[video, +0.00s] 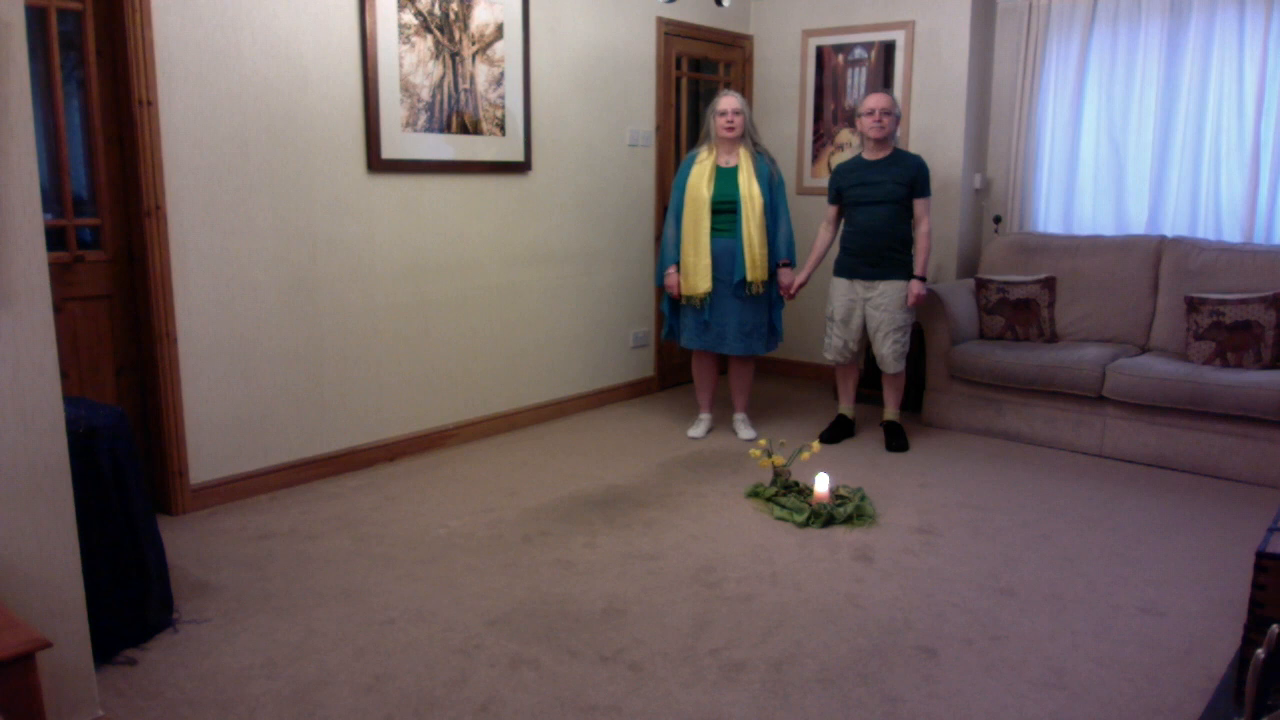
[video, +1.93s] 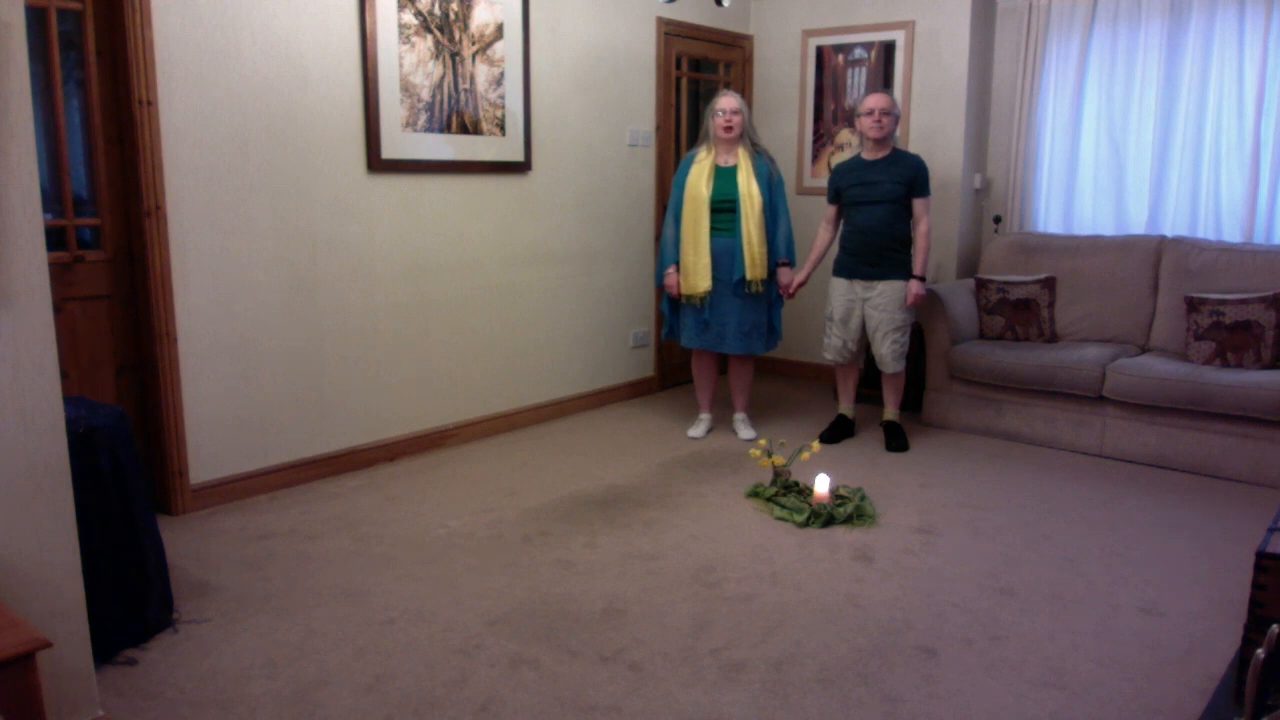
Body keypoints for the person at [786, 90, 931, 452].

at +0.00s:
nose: (878, 119)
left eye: (885, 113)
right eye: (870, 114)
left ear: (897, 121)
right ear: (858, 123)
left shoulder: (913, 167)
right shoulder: (843, 172)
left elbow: (922, 224)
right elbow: (829, 226)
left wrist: (919, 276)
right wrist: (804, 273)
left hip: (893, 279)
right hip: (848, 277)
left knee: (892, 355)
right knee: (843, 349)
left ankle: (892, 420)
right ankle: (845, 415)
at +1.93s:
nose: (877, 119)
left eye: (885, 114)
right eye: (870, 114)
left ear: (896, 121)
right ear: (857, 122)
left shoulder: (912, 167)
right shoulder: (842, 172)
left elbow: (922, 224)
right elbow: (828, 227)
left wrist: (918, 276)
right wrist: (804, 272)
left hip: (892, 279)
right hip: (847, 277)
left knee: (891, 354)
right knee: (843, 349)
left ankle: (892, 420)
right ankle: (845, 415)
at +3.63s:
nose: (879, 119)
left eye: (887, 113)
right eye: (871, 114)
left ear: (898, 121)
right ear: (858, 122)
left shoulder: (913, 166)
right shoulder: (843, 172)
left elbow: (923, 224)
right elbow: (829, 227)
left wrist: (920, 276)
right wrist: (805, 273)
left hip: (893, 279)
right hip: (848, 277)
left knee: (891, 354)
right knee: (843, 349)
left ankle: (892, 420)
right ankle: (845, 415)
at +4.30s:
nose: (879, 119)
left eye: (887, 114)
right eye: (872, 114)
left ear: (898, 121)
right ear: (858, 122)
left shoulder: (913, 166)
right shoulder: (843, 172)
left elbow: (923, 225)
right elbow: (829, 227)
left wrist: (920, 276)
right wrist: (805, 273)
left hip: (893, 279)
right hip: (848, 277)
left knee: (892, 354)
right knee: (843, 349)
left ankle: (892, 420)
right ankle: (845, 415)